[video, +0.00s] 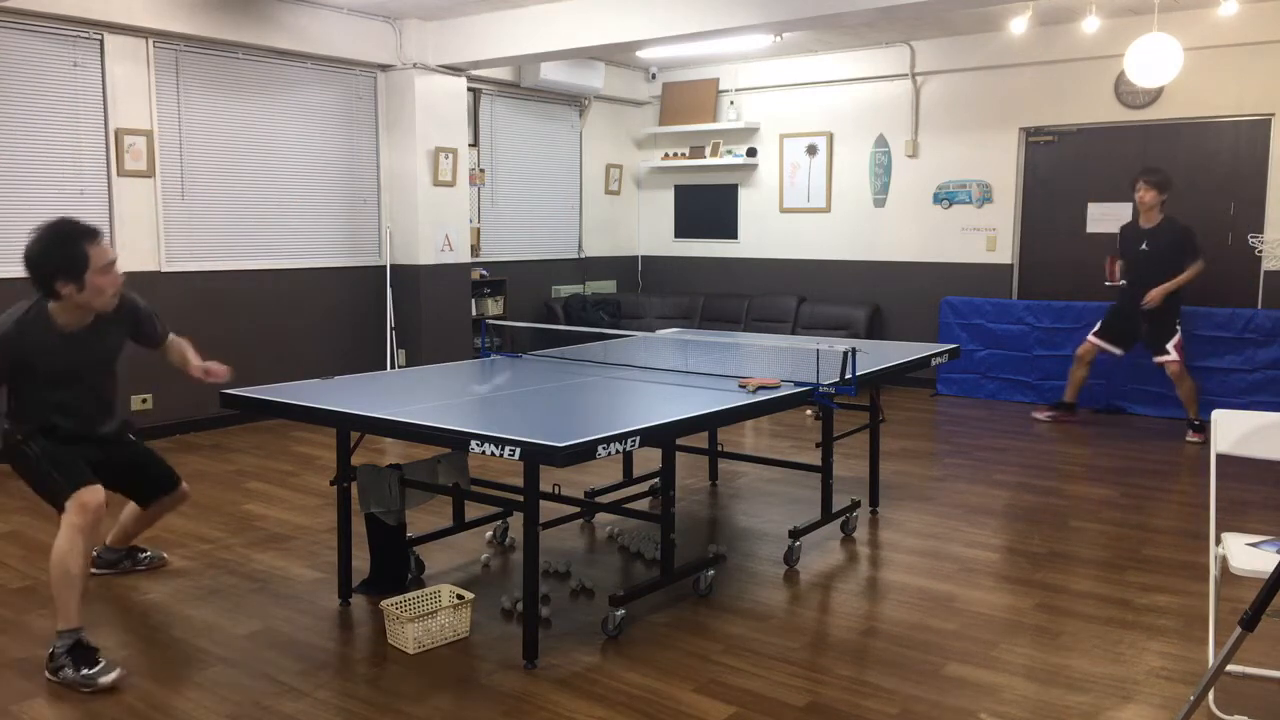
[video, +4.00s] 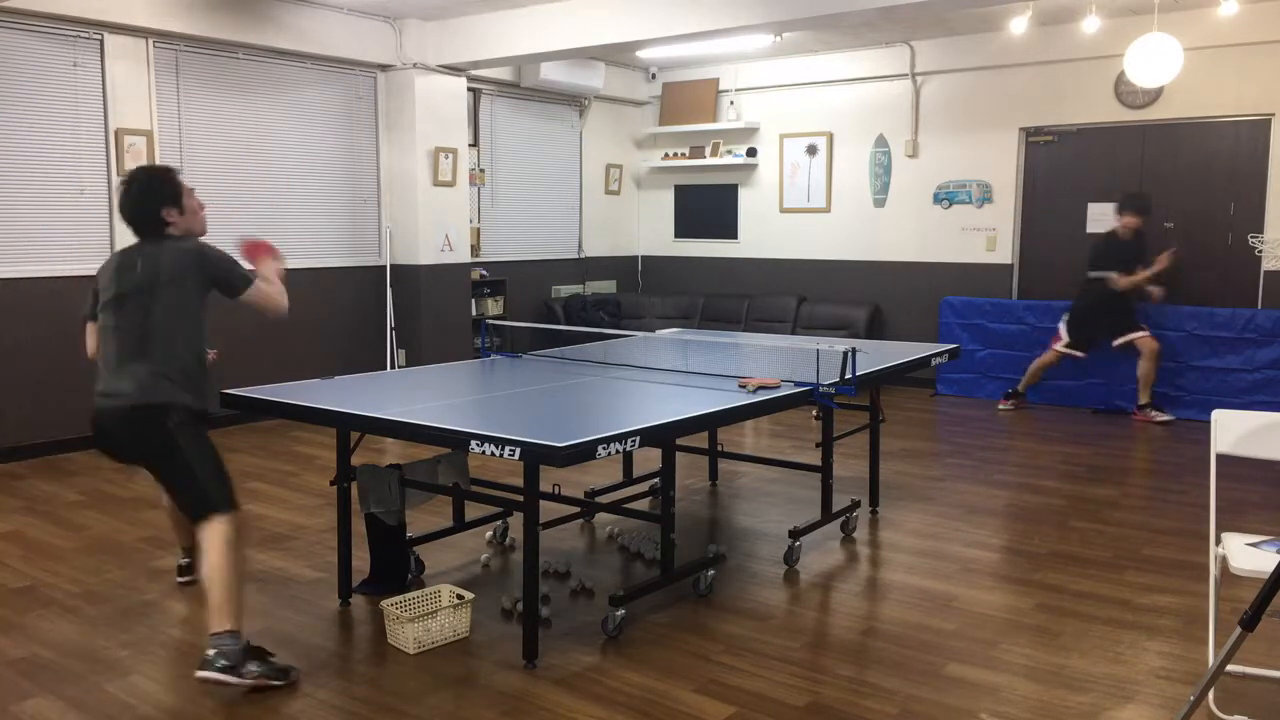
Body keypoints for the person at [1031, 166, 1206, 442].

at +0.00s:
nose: (1141, 195)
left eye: (1148, 190)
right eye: (1138, 189)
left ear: (1163, 196)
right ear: (1134, 194)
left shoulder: (1177, 231)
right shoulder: (1128, 231)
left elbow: (1198, 265)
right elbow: (1126, 266)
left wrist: (1164, 290)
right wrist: (1116, 272)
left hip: (1162, 309)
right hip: (1128, 306)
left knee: (1175, 370)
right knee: (1084, 353)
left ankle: (1195, 423)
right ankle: (1067, 406)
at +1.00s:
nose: (963, 253)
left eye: (964, 247)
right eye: (960, 249)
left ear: (978, 240)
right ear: (968, 248)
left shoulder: (1006, 250)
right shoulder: (985, 278)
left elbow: (1044, 255)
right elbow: (991, 314)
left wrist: (1046, 283)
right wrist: (996, 346)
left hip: (1046, 316)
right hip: (1022, 322)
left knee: (1080, 367)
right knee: (984, 342)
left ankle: (1129, 413)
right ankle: (984, 398)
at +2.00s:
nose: (1061, 205)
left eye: (1068, 200)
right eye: (1058, 199)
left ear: (1080, 204)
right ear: (1054, 203)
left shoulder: (1094, 229)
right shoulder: (1045, 230)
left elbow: (1112, 258)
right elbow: (1035, 257)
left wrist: (1086, 275)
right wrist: (1044, 271)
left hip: (1085, 300)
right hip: (1052, 299)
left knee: (1105, 352)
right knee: (1023, 345)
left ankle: (1125, 404)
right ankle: (1013, 396)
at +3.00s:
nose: (1073, 200)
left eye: (1078, 193)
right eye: (1072, 194)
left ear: (1094, 194)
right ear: (1083, 196)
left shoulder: (1099, 216)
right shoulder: (1094, 221)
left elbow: (1119, 235)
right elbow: (1112, 257)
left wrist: (1118, 271)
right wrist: (1097, 283)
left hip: (1134, 290)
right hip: (1124, 290)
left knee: (1135, 347)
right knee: (1127, 346)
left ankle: (1147, 410)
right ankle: (1137, 403)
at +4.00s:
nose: (1133, 222)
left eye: (1137, 217)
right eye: (1129, 216)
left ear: (1143, 221)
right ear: (1119, 217)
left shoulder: (1138, 242)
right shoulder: (1104, 244)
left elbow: (1132, 276)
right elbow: (1118, 284)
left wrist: (1147, 288)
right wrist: (1154, 269)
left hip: (1117, 310)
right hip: (1088, 311)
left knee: (1150, 347)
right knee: (1052, 357)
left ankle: (1143, 407)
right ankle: (1017, 393)